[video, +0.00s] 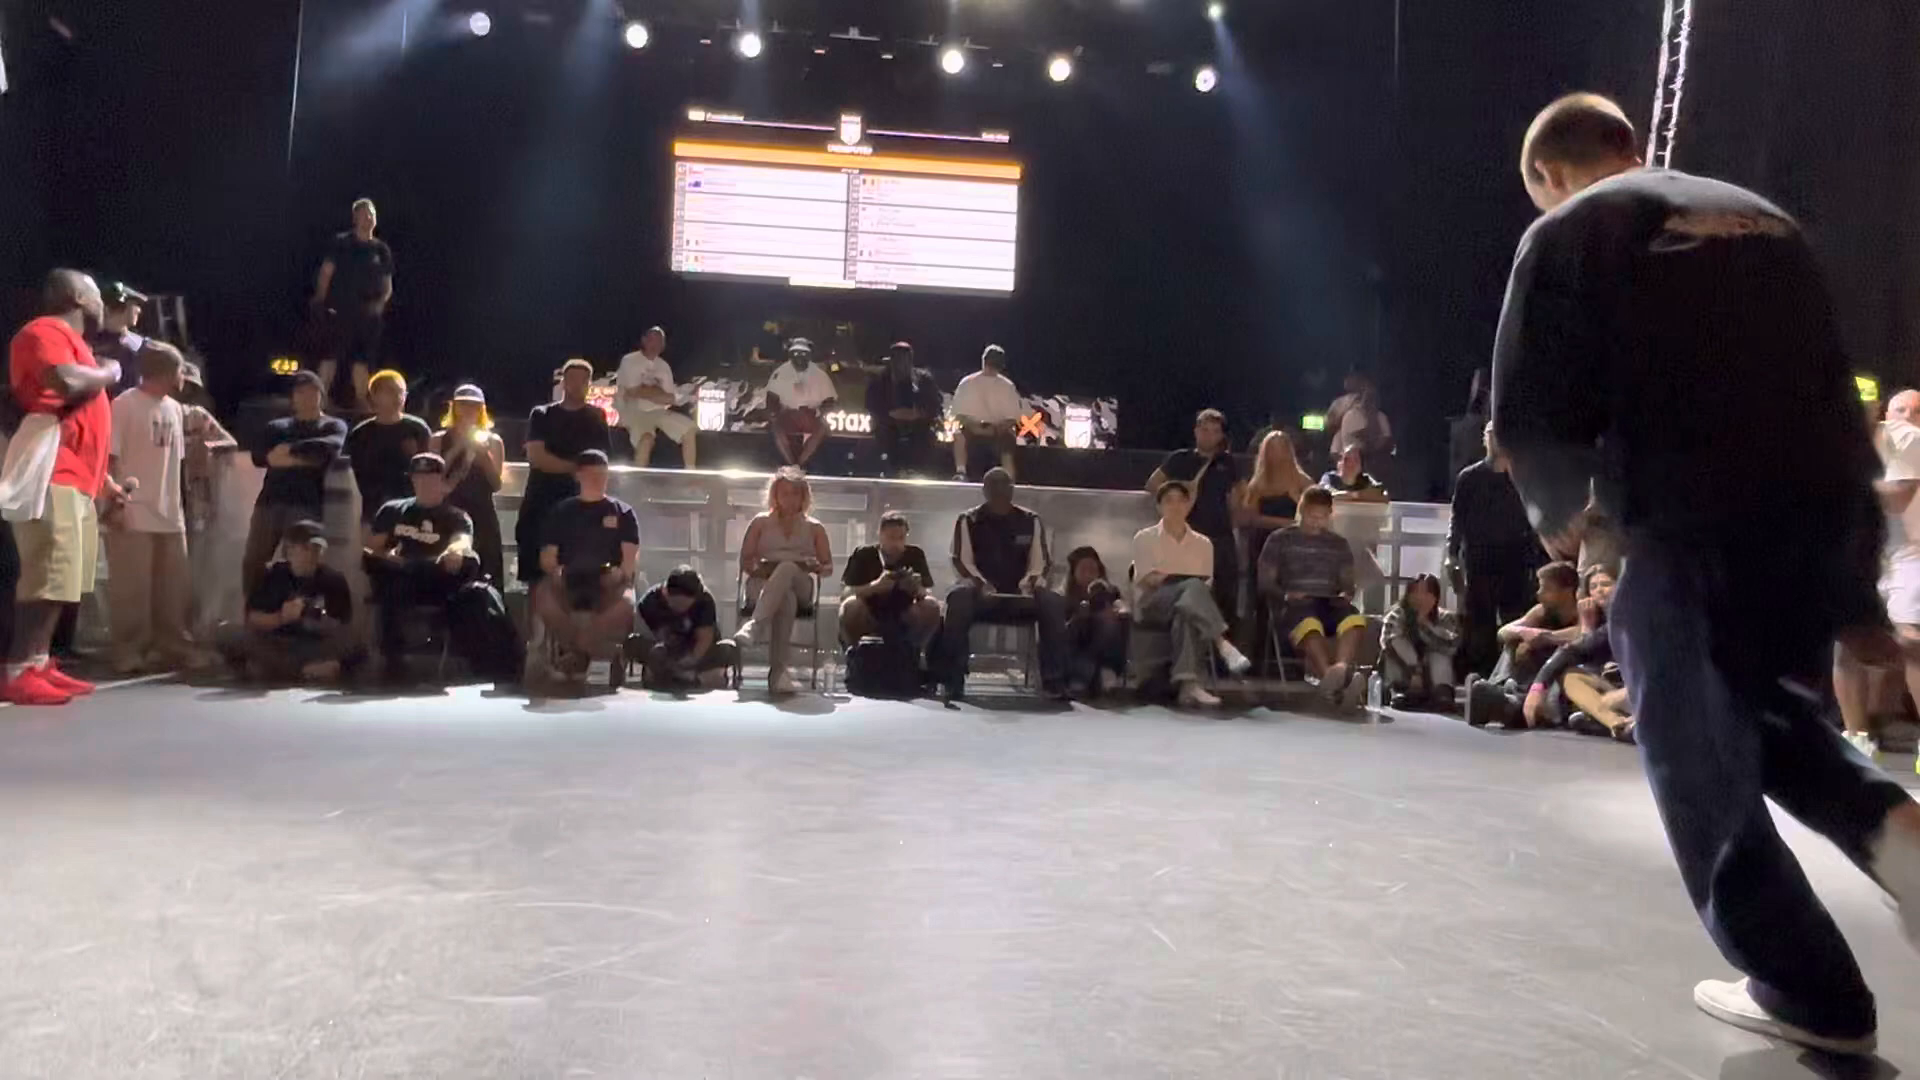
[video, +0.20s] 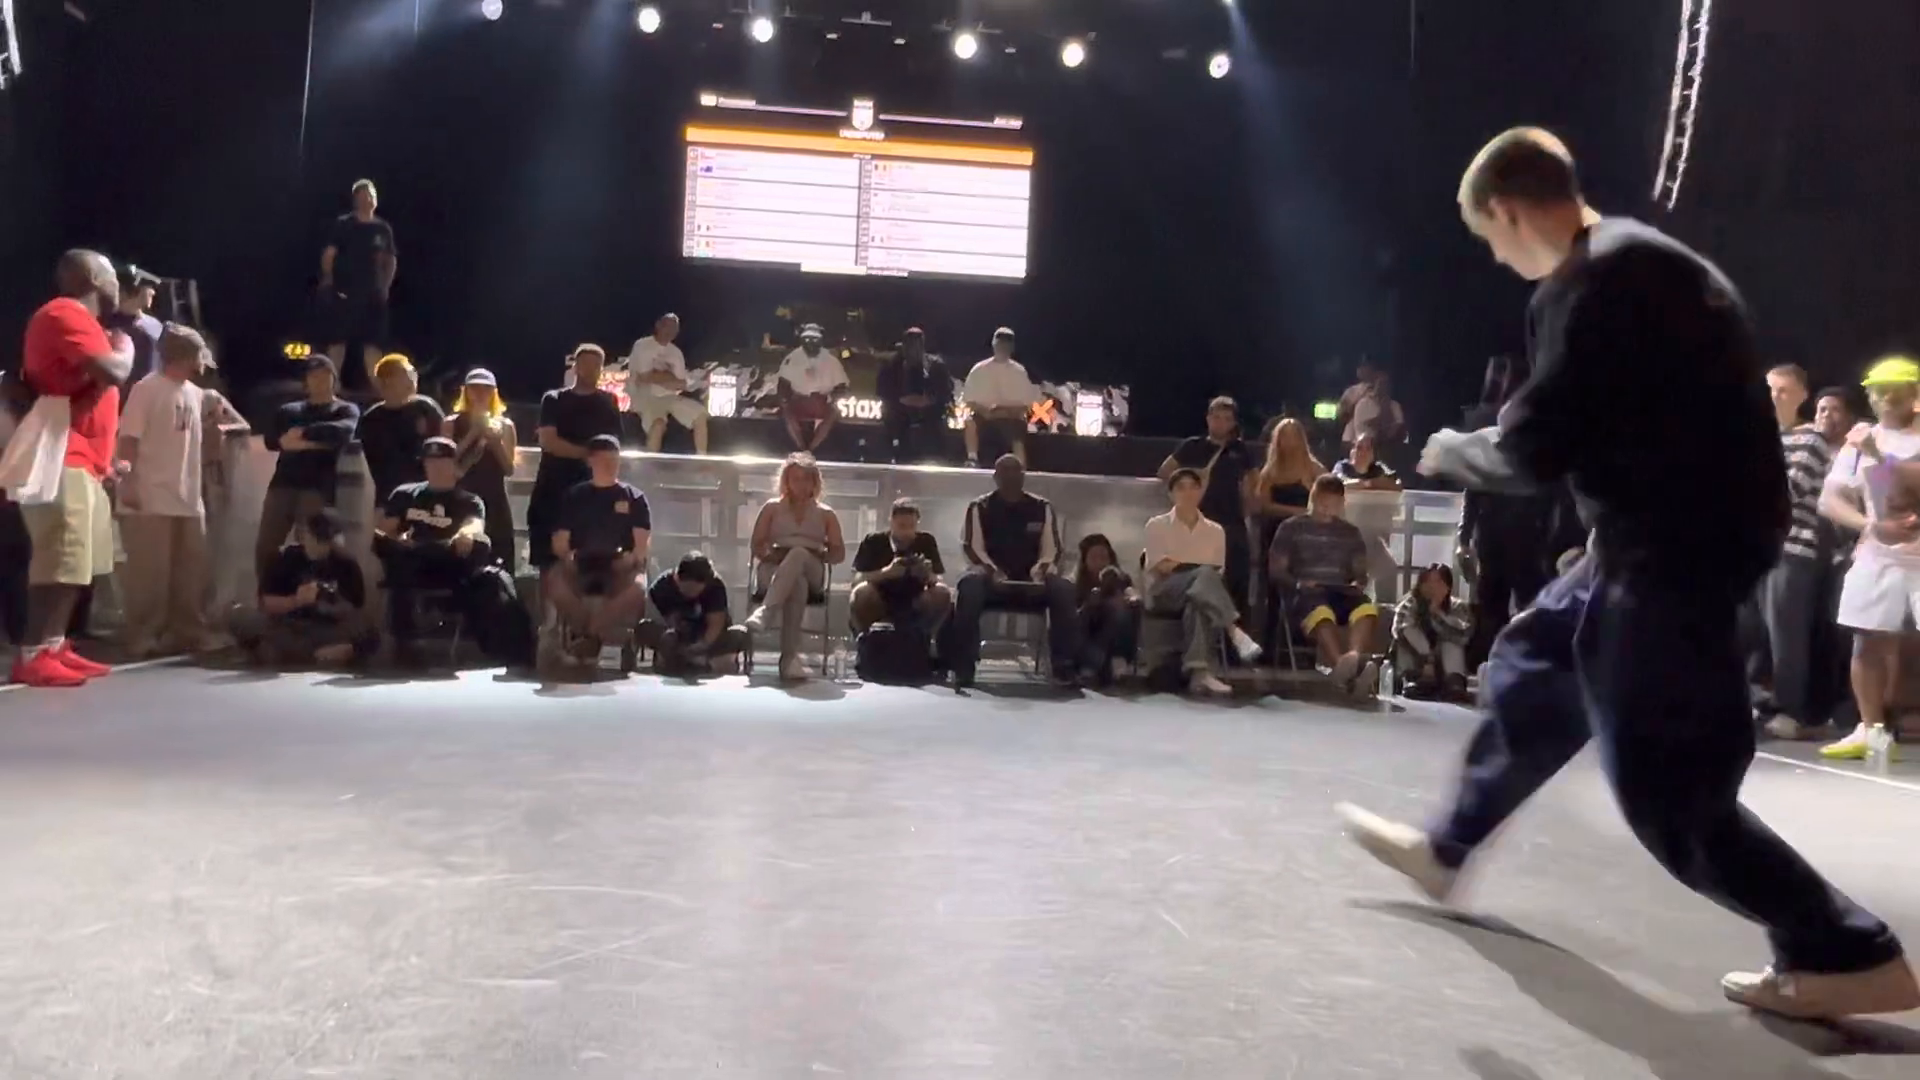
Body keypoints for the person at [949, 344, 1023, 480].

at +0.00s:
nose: (991, 367)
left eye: (995, 363)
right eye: (989, 362)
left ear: (1001, 365)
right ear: (984, 361)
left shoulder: (1007, 386)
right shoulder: (967, 383)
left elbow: (1014, 416)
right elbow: (957, 412)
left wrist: (999, 427)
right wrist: (975, 424)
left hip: (998, 429)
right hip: (974, 427)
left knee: (1008, 439)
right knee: (959, 436)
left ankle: (1008, 481)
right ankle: (960, 472)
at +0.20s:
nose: (1003, 347)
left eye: (1007, 343)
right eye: (1000, 343)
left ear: (1012, 347)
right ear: (993, 345)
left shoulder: (1019, 371)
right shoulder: (980, 369)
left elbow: (1026, 405)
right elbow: (969, 400)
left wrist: (1002, 410)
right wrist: (984, 411)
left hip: (1010, 418)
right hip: (985, 417)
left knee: (1018, 431)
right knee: (970, 422)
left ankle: (1020, 471)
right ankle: (972, 459)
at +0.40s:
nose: (1011, 336)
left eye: (1015, 332)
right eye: (1008, 331)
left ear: (1020, 335)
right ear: (1002, 334)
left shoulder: (1029, 361)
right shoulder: (988, 360)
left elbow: (1037, 393)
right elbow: (979, 390)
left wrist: (1011, 399)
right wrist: (991, 399)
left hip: (1021, 408)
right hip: (995, 408)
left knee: (1027, 420)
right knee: (980, 413)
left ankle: (1031, 461)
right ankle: (982, 449)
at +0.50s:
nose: (1015, 331)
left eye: (1019, 327)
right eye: (1011, 327)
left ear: (1025, 331)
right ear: (1006, 330)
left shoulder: (1034, 356)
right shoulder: (993, 356)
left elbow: (1045, 386)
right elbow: (983, 386)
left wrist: (1021, 390)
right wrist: (994, 396)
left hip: (1026, 403)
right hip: (1001, 402)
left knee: (1032, 416)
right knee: (985, 409)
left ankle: (1036, 458)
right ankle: (987, 446)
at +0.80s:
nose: (1032, 323)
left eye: (1035, 319)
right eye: (1028, 319)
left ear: (1041, 322)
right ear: (1022, 321)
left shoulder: (1048, 344)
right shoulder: (1009, 346)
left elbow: (1062, 369)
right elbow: (998, 376)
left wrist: (1048, 348)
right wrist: (1009, 386)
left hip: (1042, 393)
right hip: (1017, 392)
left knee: (1046, 412)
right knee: (1000, 399)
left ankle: (1050, 450)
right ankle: (1001, 437)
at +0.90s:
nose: (1036, 318)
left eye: (1040, 314)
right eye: (1032, 314)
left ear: (1046, 318)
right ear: (1026, 317)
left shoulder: (1052, 341)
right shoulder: (1014, 343)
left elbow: (1066, 355)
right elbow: (1002, 373)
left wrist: (1051, 339)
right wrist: (1014, 383)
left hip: (1047, 390)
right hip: (1022, 388)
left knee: (1052, 413)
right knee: (1005, 396)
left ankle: (1055, 448)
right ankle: (1006, 433)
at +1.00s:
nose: (1041, 316)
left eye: (1045, 313)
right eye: (1037, 312)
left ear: (1051, 316)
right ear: (1031, 315)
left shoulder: (1057, 339)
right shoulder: (1018, 341)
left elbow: (1070, 353)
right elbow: (1006, 371)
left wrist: (1054, 335)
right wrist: (1018, 381)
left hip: (1051, 388)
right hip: (1025, 387)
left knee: (1056, 412)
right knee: (1008, 393)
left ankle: (1059, 446)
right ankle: (1010, 431)